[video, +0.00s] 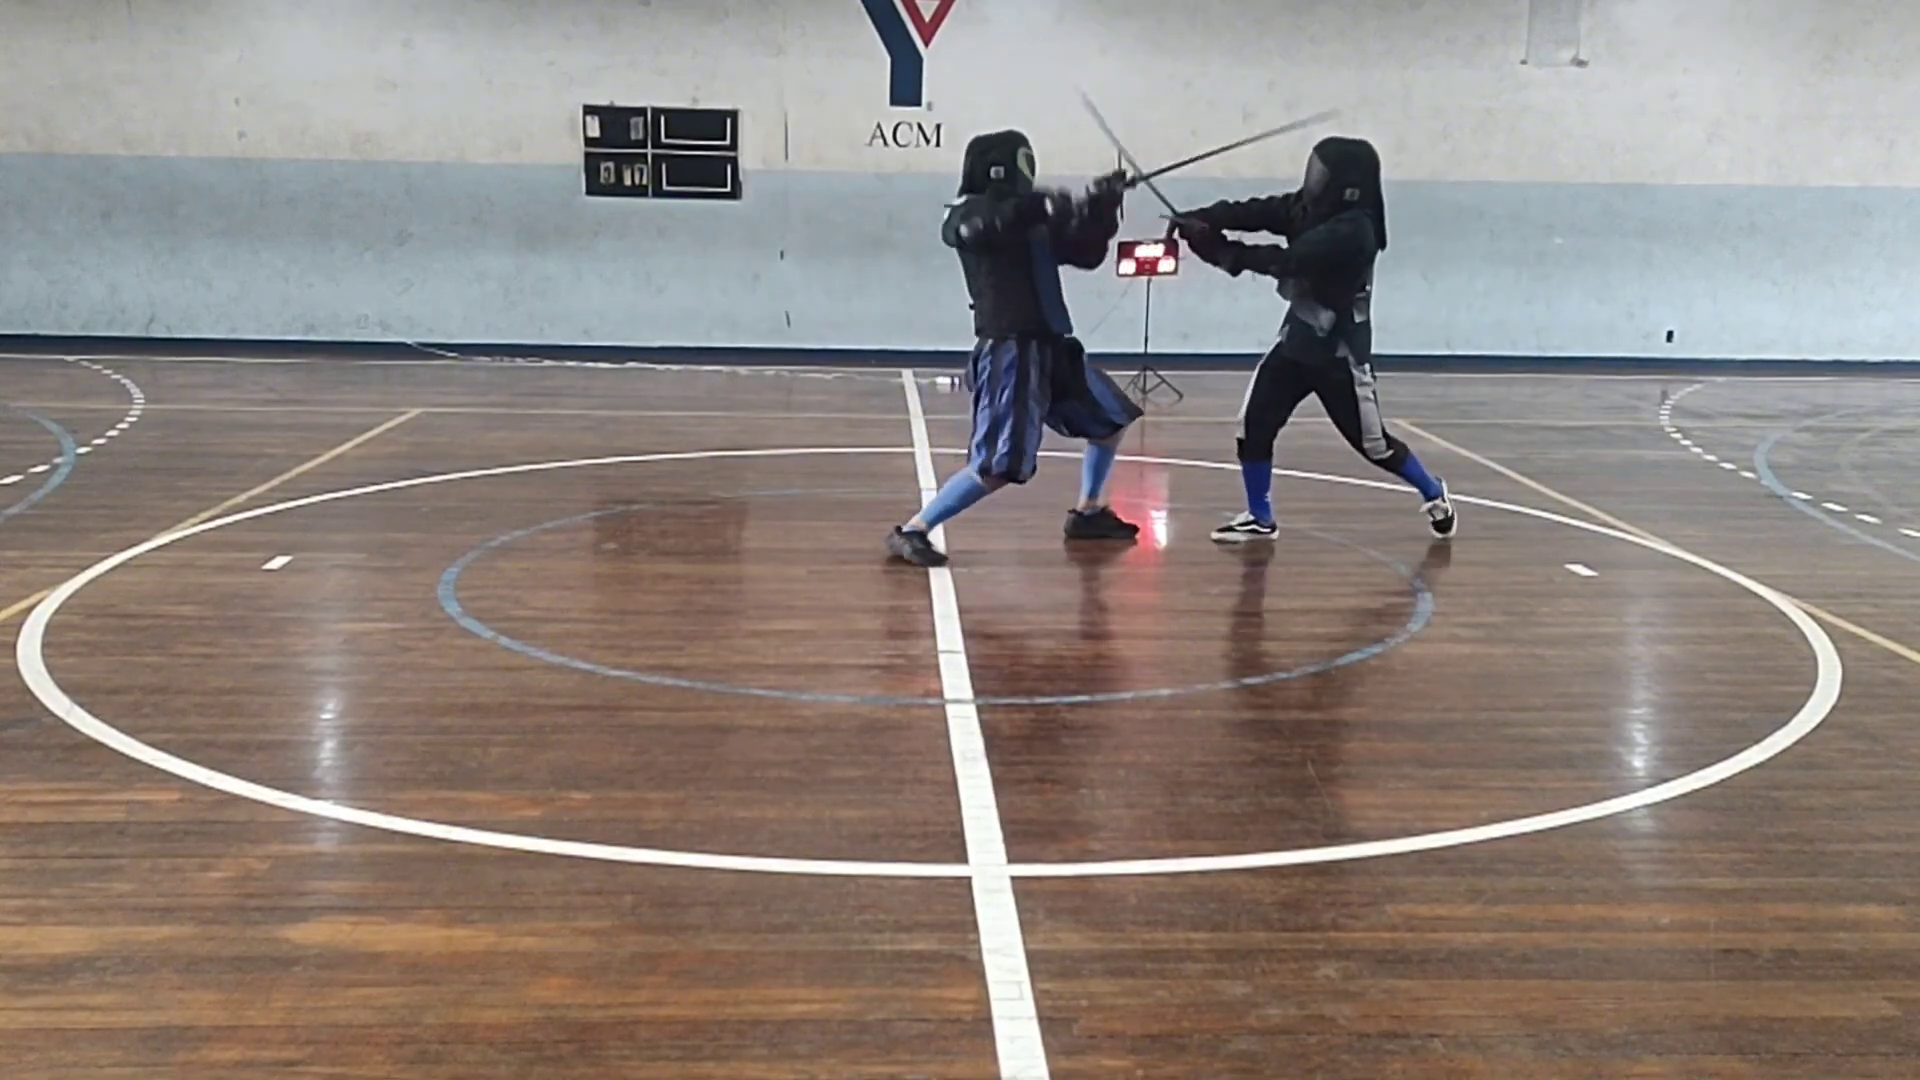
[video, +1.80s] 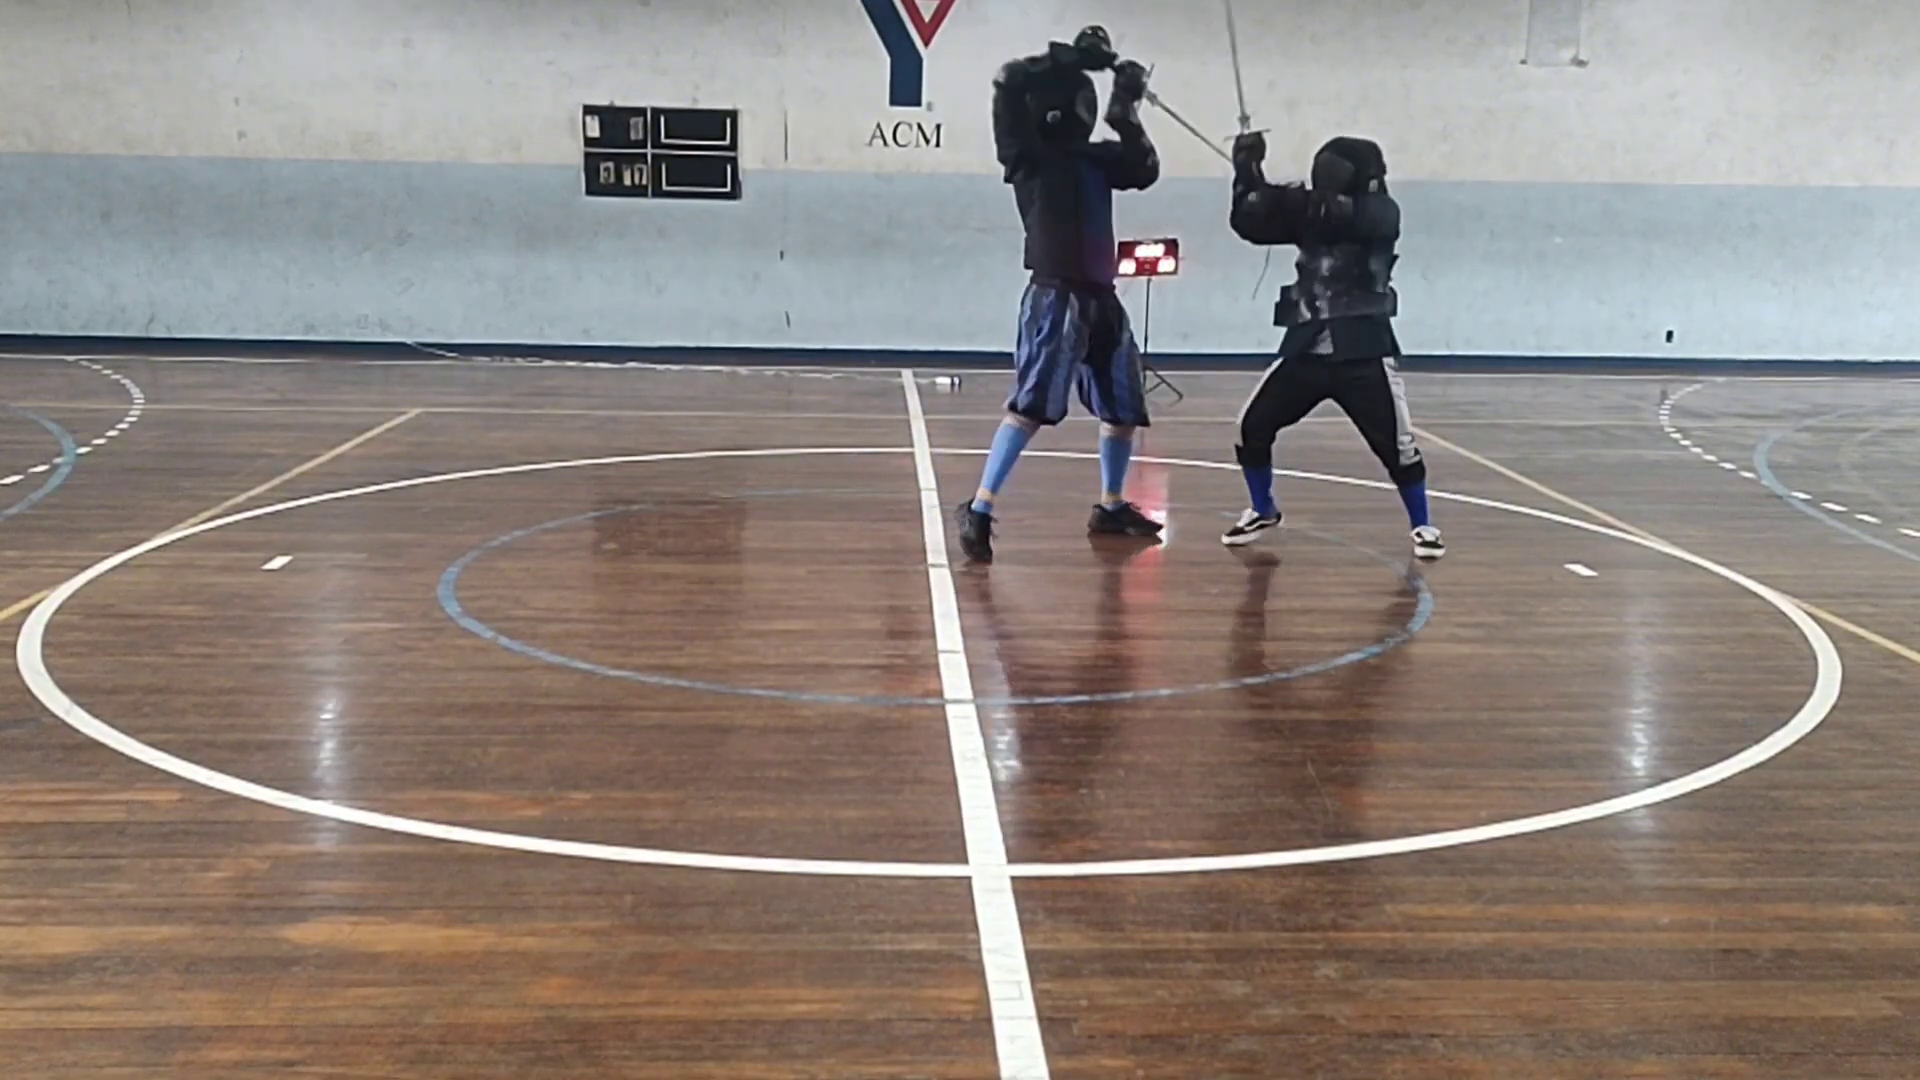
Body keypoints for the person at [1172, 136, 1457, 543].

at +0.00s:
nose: (1308, 179)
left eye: (1318, 173)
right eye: (1310, 170)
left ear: (1344, 183)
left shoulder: (1353, 230)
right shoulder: (1305, 208)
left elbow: (1287, 261)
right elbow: (1255, 213)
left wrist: (1216, 247)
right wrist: (1201, 219)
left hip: (1341, 353)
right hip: (1297, 342)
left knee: (1373, 445)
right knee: (1254, 430)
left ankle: (1434, 492)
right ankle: (1260, 518)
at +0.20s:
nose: (1327, 178)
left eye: (1335, 171)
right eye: (1328, 170)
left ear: (1363, 175)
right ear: (1340, 175)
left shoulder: (1391, 216)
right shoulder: (1329, 208)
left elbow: (1335, 219)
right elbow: (1275, 214)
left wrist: (1252, 197)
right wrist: (1236, 185)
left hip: (1375, 348)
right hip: (1318, 343)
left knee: (1418, 439)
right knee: (1269, 427)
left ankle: (1447, 522)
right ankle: (1260, 518)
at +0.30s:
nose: (1344, 176)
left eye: (1352, 168)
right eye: (1340, 168)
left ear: (1377, 168)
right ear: (1337, 173)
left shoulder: (1402, 203)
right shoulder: (1332, 211)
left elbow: (1359, 175)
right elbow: (1285, 228)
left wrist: (1299, 151)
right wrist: (1280, 173)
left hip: (1396, 351)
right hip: (1336, 352)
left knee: (1436, 440)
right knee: (1285, 436)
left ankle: (1447, 523)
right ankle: (1263, 519)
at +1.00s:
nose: (1307, 157)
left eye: (1314, 150)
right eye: (1306, 151)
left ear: (1343, 153)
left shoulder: (1368, 190)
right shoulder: (1304, 207)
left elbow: (1317, 159)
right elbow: (1245, 198)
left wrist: (1258, 125)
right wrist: (1212, 142)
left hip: (1351, 337)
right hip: (1297, 339)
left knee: (1389, 435)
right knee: (1280, 440)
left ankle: (1406, 523)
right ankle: (1282, 527)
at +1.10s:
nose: (1311, 154)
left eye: (1319, 147)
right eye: (1314, 147)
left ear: (1345, 153)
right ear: (1343, 153)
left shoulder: (1363, 191)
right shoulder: (1322, 193)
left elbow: (1296, 206)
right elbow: (1260, 204)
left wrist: (1221, 169)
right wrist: (1207, 168)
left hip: (1346, 330)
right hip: (1299, 327)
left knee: (1365, 435)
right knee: (1274, 433)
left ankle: (1397, 521)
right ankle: (1281, 526)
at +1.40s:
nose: (1313, 173)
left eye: (1322, 166)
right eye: (1316, 165)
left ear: (1349, 173)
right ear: (1347, 172)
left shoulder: (1363, 216)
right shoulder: (1331, 206)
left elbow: (1297, 249)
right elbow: (1276, 215)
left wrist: (1240, 243)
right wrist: (1208, 209)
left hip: (1360, 348)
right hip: (1327, 342)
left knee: (1361, 450)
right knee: (1275, 426)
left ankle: (1412, 526)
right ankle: (1273, 526)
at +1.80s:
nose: (1322, 188)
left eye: (1331, 181)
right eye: (1319, 181)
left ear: (1359, 179)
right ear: (1317, 179)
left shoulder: (1382, 214)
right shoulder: (1306, 211)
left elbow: (1336, 212)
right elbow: (1248, 221)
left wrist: (1275, 193)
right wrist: (1246, 170)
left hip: (1364, 358)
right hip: (1306, 357)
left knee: (1397, 444)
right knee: (1254, 427)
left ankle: (1422, 526)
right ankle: (1263, 510)